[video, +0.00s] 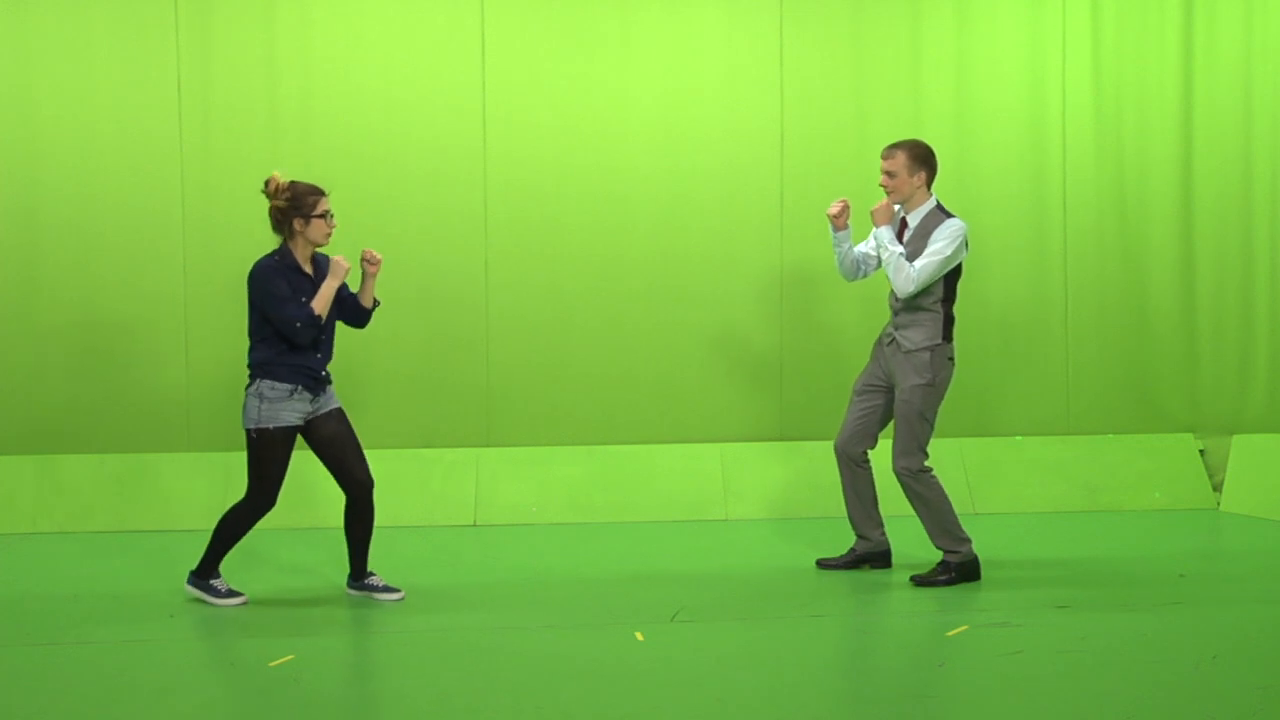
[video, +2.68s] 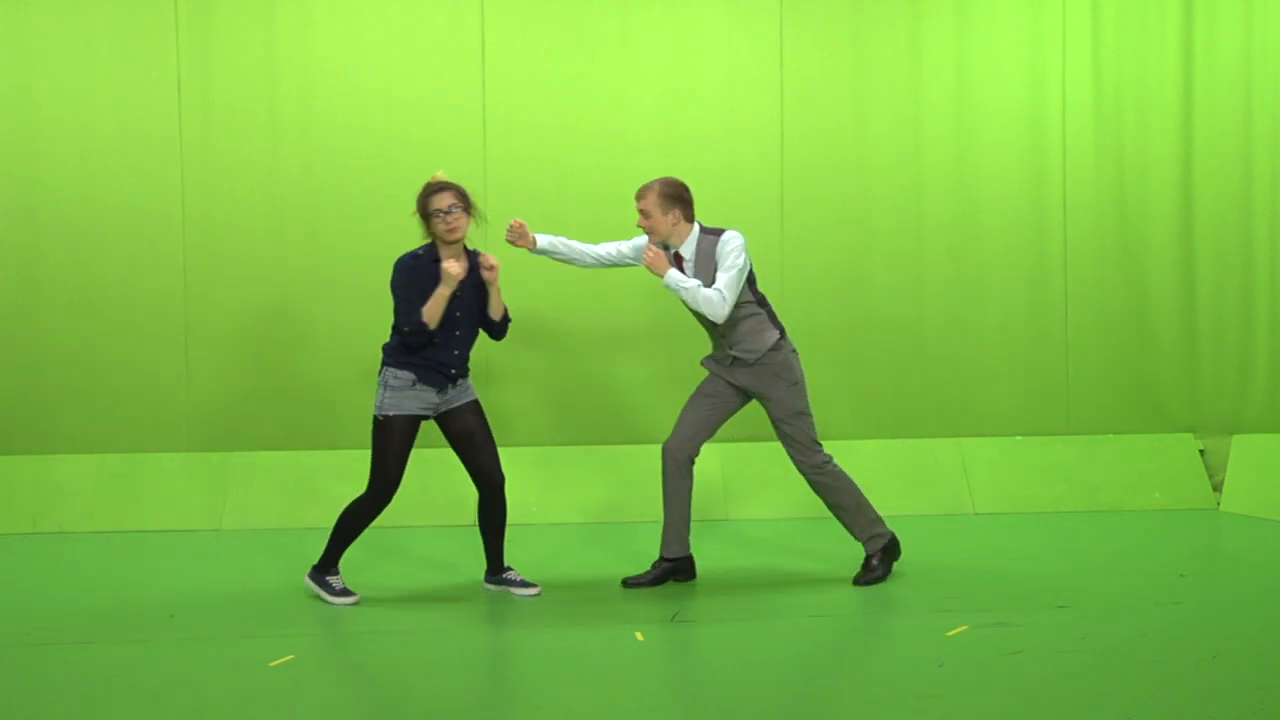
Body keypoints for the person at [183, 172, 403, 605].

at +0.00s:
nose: (332, 224)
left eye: (331, 216)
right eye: (324, 217)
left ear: (311, 223)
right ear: (297, 224)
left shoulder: (321, 268)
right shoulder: (267, 272)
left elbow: (358, 318)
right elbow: (302, 330)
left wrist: (369, 280)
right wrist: (333, 282)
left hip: (316, 392)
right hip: (273, 393)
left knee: (360, 485)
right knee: (261, 497)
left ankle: (359, 576)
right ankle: (203, 573)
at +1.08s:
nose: (396, 214)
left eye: (394, 206)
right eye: (387, 209)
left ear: (377, 217)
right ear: (362, 219)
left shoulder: (388, 267)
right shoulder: (332, 269)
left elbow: (421, 321)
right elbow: (347, 330)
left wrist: (431, 276)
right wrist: (382, 283)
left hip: (370, 393)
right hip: (325, 391)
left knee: (385, 489)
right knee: (296, 492)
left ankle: (361, 574)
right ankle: (223, 562)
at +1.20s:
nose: (408, 179)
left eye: (406, 172)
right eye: (400, 174)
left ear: (389, 183)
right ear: (375, 183)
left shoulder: (406, 234)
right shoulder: (346, 234)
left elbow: (446, 276)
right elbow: (361, 292)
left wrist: (444, 229)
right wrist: (398, 244)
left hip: (401, 360)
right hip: (356, 359)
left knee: (410, 461)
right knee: (333, 462)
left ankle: (379, 555)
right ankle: (273, 541)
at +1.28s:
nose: (423, 171)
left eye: (421, 162)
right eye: (413, 165)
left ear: (405, 173)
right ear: (388, 175)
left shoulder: (416, 221)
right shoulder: (360, 225)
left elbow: (456, 271)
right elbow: (384, 278)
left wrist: (461, 223)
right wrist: (415, 230)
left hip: (416, 347)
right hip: (370, 349)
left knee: (440, 447)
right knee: (359, 458)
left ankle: (417, 540)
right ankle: (315, 548)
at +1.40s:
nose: (446, 187)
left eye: (444, 180)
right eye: (436, 181)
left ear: (426, 190)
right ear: (412, 191)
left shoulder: (436, 238)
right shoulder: (384, 241)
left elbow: (475, 293)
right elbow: (422, 290)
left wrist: (489, 250)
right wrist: (441, 240)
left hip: (440, 361)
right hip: (395, 365)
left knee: (473, 459)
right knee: (391, 474)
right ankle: (337, 558)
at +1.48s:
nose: (464, 210)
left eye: (461, 203)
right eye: (454, 205)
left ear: (437, 215)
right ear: (429, 216)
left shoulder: (448, 263)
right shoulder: (403, 265)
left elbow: (487, 319)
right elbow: (439, 317)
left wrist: (505, 275)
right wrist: (461, 266)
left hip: (461, 384)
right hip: (417, 387)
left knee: (497, 477)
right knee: (404, 497)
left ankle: (499, 570)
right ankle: (333, 561)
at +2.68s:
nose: (448, 219)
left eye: (455, 210)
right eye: (438, 214)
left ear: (468, 215)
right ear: (426, 222)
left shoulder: (479, 265)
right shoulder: (411, 266)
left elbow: (498, 330)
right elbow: (416, 330)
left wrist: (492, 286)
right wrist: (446, 286)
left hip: (454, 382)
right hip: (405, 380)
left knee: (491, 480)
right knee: (382, 489)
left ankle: (497, 570)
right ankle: (324, 569)